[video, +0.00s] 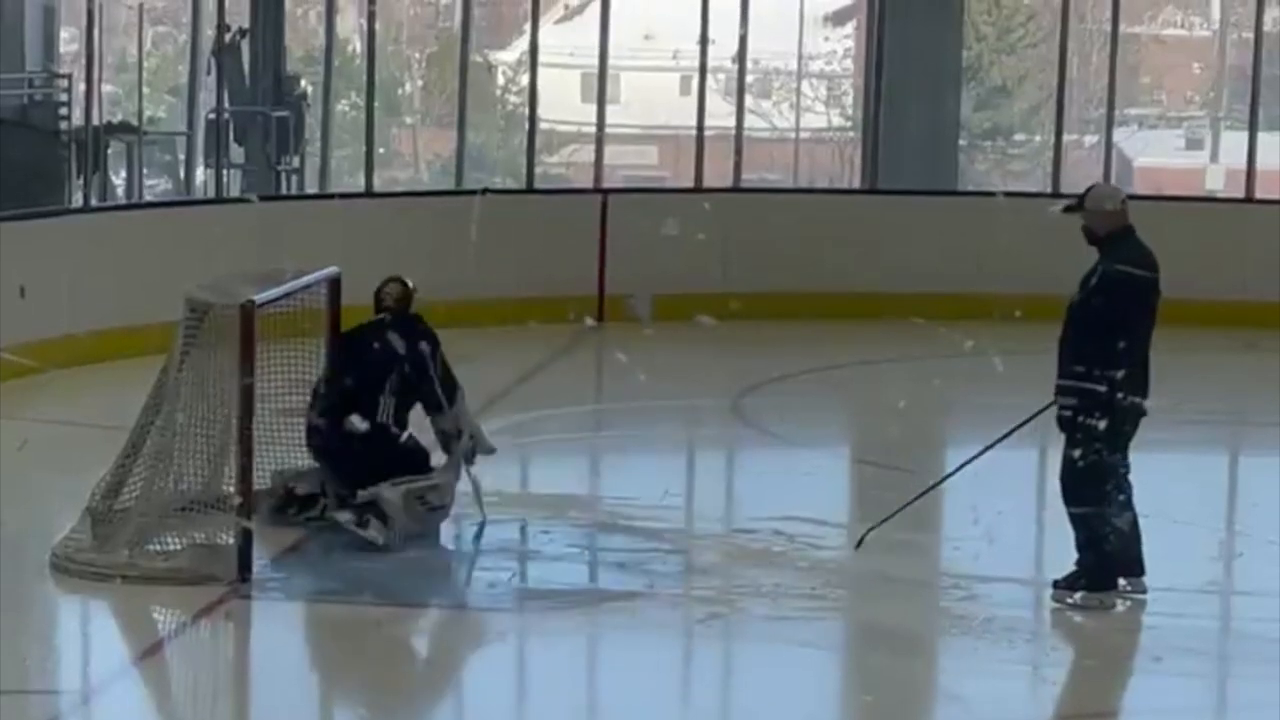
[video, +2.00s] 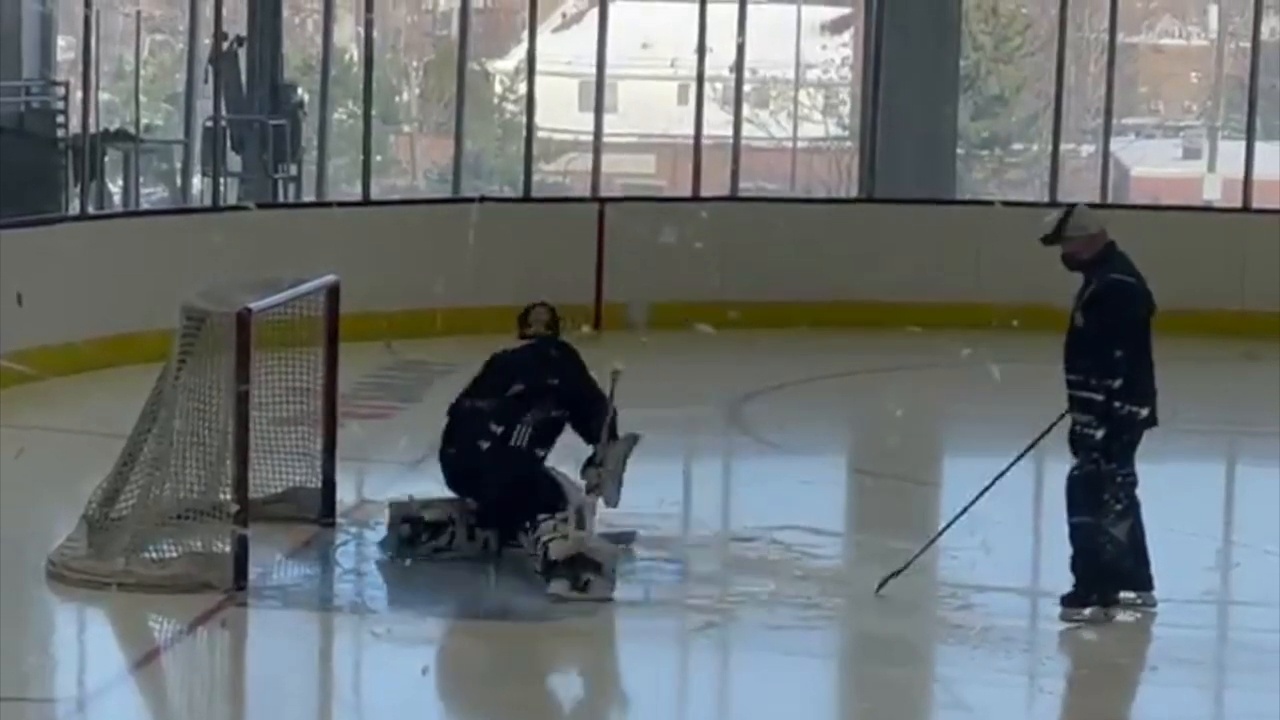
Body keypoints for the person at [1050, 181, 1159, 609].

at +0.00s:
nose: (1082, 227)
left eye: (1086, 219)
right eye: (1082, 219)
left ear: (1105, 219)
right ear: (1114, 218)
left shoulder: (1123, 266)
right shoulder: (1121, 260)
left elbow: (1115, 342)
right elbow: (1100, 339)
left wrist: (1093, 400)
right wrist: (1072, 393)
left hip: (1103, 398)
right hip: (1107, 395)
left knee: (1084, 483)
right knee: (1105, 481)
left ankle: (1099, 572)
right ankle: (1121, 567)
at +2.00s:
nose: (1063, 256)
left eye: (1067, 247)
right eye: (1061, 248)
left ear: (1088, 243)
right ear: (1090, 243)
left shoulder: (1113, 287)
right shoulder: (1105, 279)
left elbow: (1111, 361)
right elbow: (1104, 356)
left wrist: (1091, 417)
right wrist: (1083, 407)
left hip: (1112, 413)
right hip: (1113, 410)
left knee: (1088, 494)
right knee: (1115, 494)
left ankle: (1094, 589)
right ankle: (1133, 581)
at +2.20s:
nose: (1046, 266)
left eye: (1051, 258)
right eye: (1045, 258)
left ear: (1072, 255)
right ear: (1069, 255)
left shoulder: (1109, 297)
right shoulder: (1073, 292)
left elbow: (1110, 370)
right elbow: (1061, 353)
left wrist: (1099, 425)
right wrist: (1030, 383)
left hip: (1106, 423)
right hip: (1082, 419)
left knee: (1072, 502)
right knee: (1103, 497)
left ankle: (1077, 593)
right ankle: (1129, 569)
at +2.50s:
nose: (1030, 262)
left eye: (1036, 256)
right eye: (1029, 255)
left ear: (1060, 254)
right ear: (1044, 254)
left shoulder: (1102, 298)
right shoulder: (1040, 287)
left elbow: (1105, 376)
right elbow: (1017, 345)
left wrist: (1090, 437)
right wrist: (983, 386)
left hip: (1077, 425)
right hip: (1038, 422)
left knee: (1056, 519)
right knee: (1054, 511)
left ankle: (1046, 615)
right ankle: (1075, 586)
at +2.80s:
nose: (1010, 264)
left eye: (1016, 256)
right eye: (1009, 256)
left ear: (1041, 256)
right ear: (1027, 255)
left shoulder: (1088, 305)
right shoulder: (1020, 293)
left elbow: (1093, 383)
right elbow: (987, 355)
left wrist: (1083, 441)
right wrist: (947, 395)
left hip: (1058, 440)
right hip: (1011, 435)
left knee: (1052, 535)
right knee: (1005, 527)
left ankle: (1045, 629)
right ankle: (1006, 601)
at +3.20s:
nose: (993, 275)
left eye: (999, 268)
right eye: (992, 268)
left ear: (1023, 266)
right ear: (1005, 267)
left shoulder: (1070, 315)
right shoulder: (1000, 306)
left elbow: (1071, 397)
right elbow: (975, 367)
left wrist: (1057, 463)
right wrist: (935, 410)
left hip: (1043, 462)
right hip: (994, 457)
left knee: (1043, 562)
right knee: (980, 554)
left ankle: (1044, 657)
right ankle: (967, 649)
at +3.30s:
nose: (985, 277)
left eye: (992, 270)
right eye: (985, 270)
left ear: (1018, 266)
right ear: (1000, 269)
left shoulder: (1065, 318)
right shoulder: (995, 311)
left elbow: (1067, 401)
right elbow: (974, 373)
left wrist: (1052, 466)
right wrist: (933, 416)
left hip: (1040, 467)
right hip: (989, 463)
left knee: (1039, 570)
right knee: (974, 560)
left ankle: (1042, 671)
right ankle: (958, 662)